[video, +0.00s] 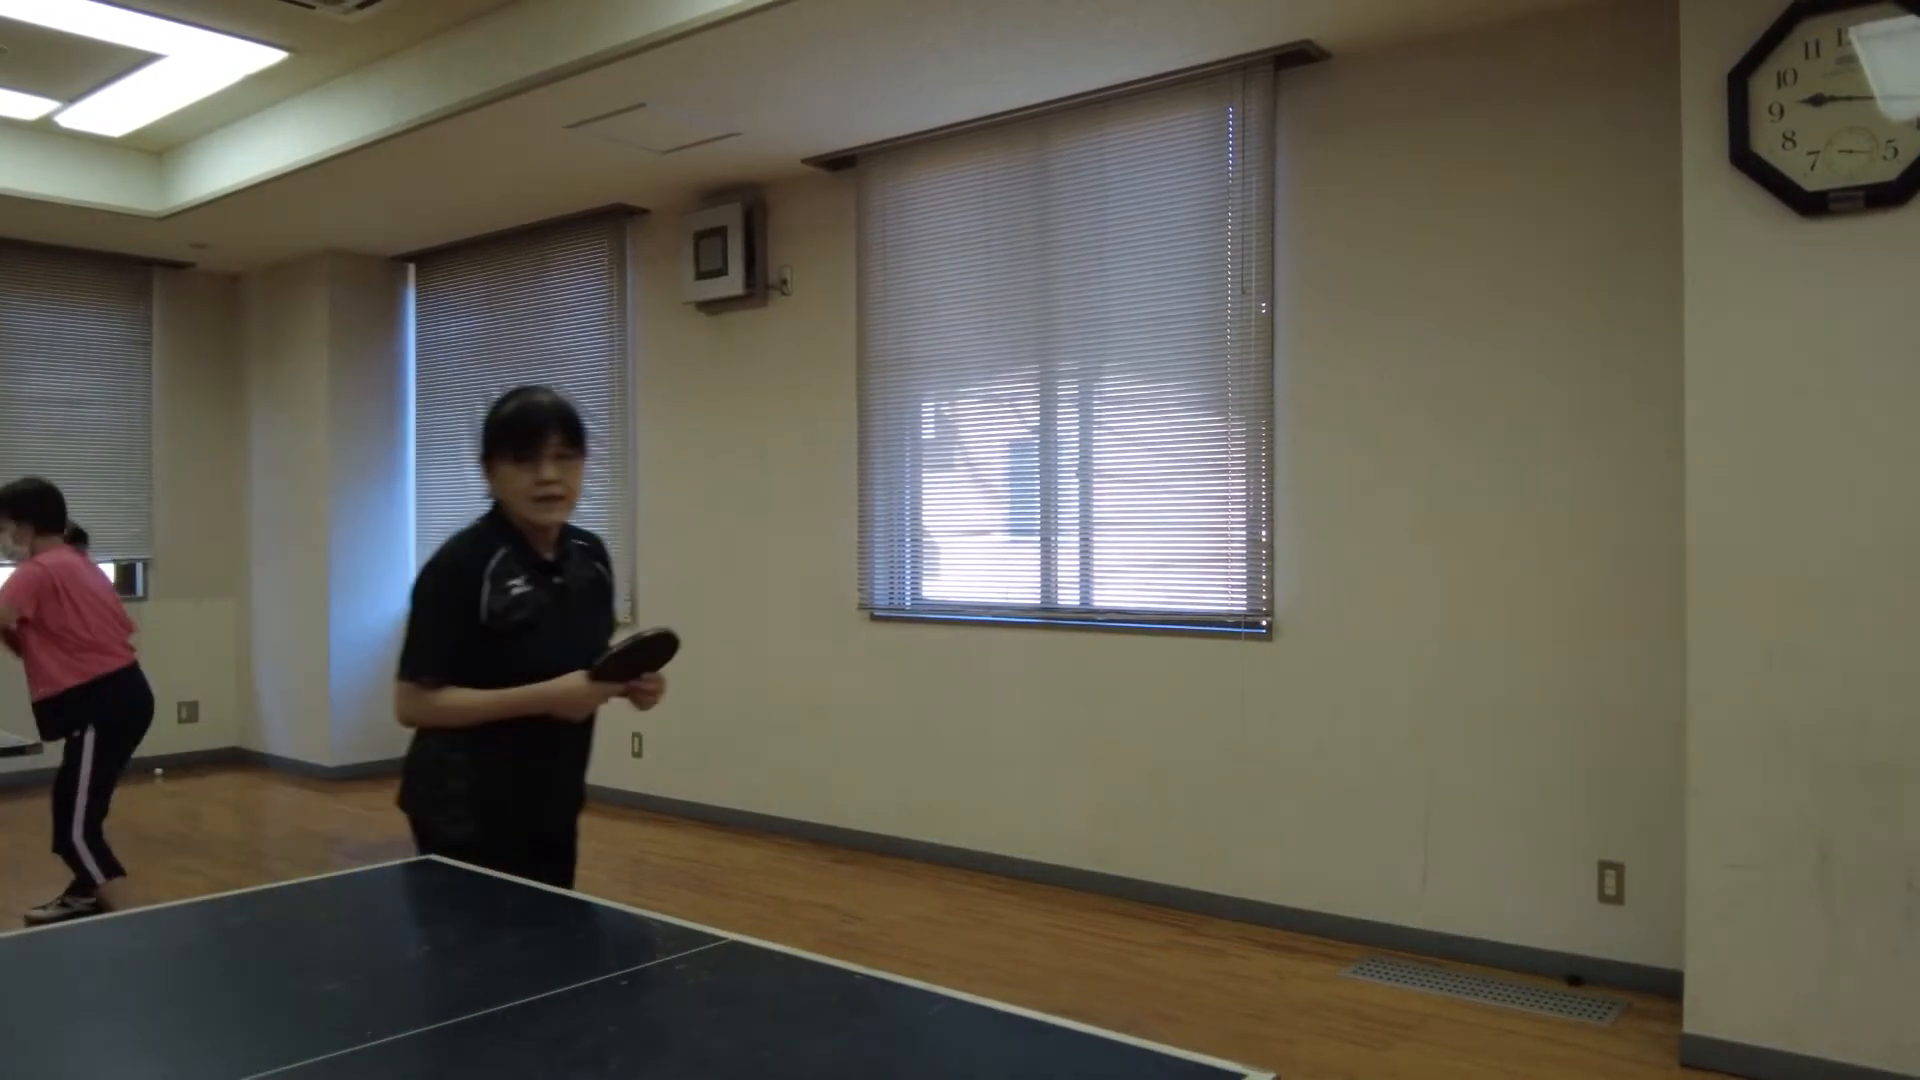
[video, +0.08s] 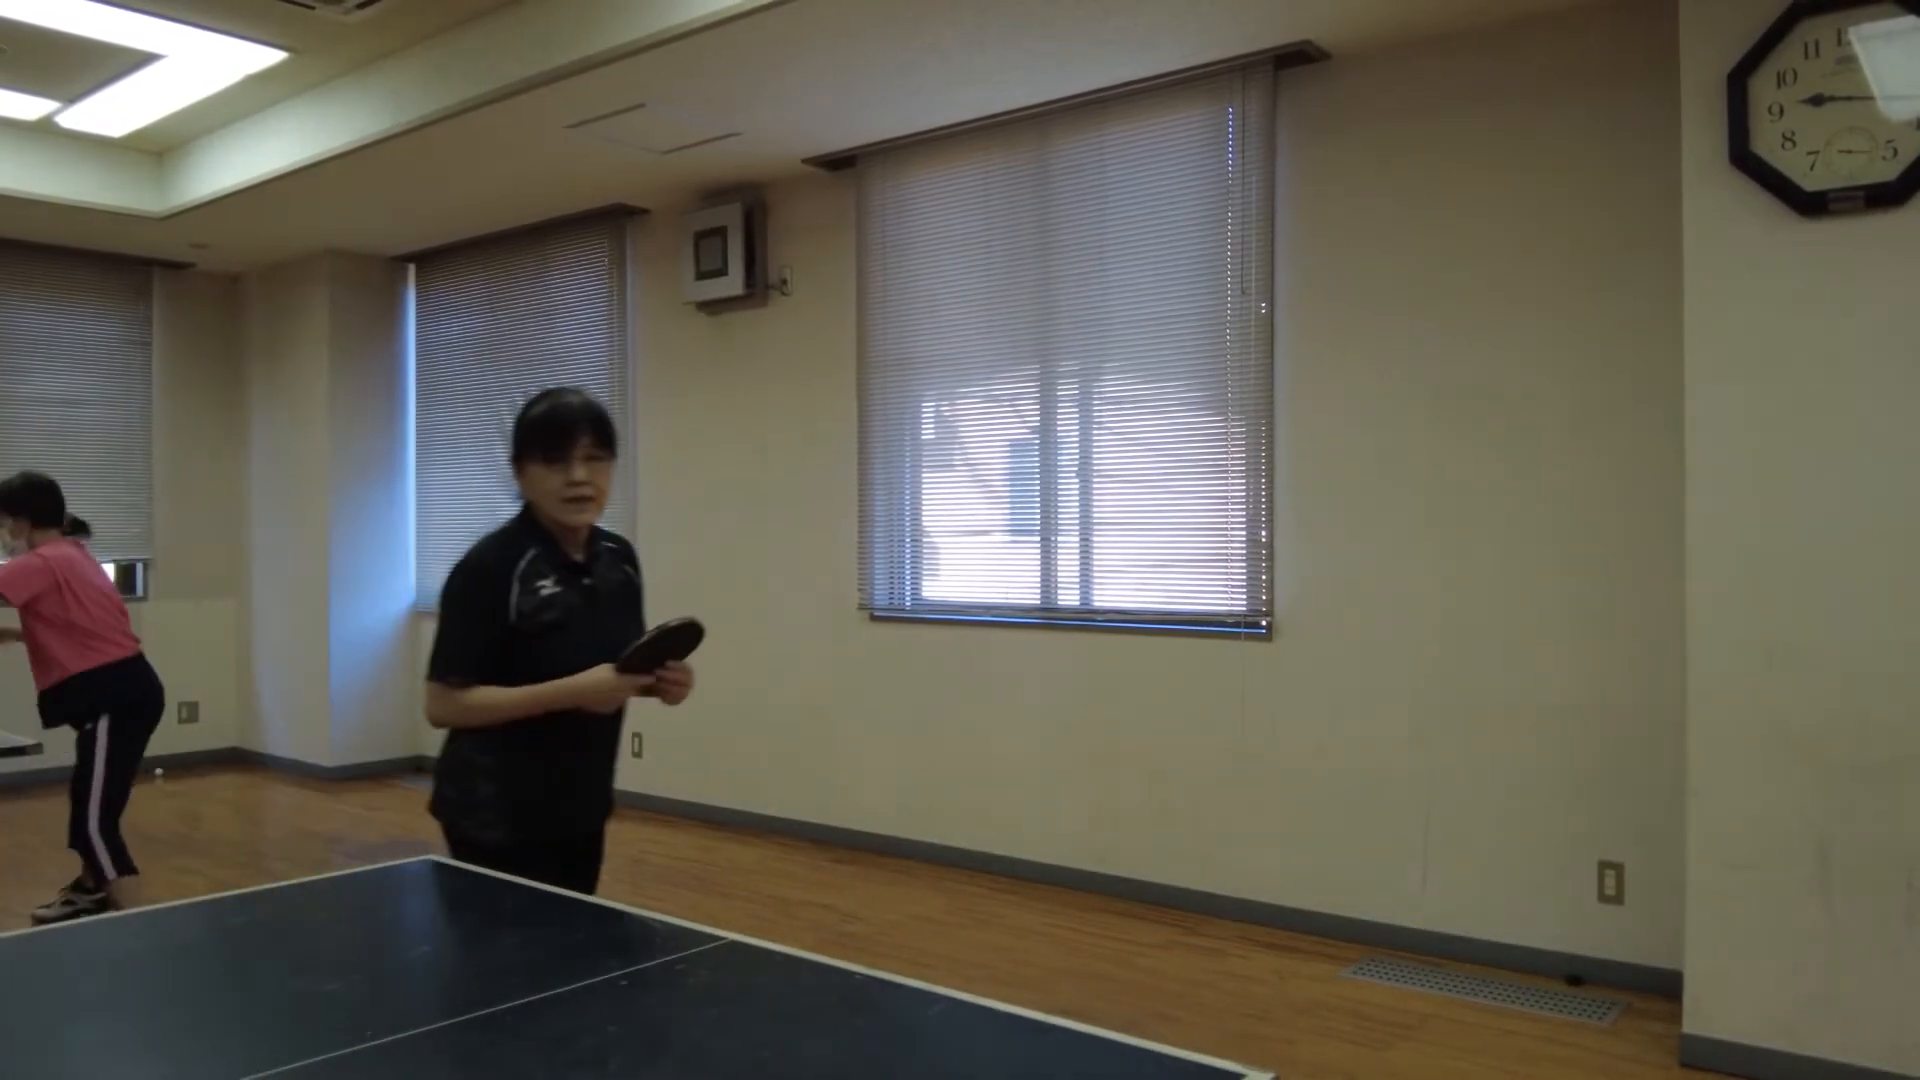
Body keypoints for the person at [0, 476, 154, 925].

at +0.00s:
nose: (6, 534)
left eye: (9, 524)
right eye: (5, 524)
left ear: (28, 524)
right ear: (55, 521)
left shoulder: (35, 571)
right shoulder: (81, 564)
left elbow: (4, 618)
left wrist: (28, 647)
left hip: (98, 699)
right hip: (125, 689)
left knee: (76, 812)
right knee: (73, 798)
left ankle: (105, 902)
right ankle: (85, 890)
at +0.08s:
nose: (5, 529)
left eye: (7, 519)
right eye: (6, 519)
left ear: (23, 519)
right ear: (53, 516)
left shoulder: (46, 561)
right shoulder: (73, 555)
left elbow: (3, 586)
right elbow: (63, 626)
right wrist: (12, 632)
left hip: (111, 693)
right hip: (123, 687)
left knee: (94, 809)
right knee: (90, 798)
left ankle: (117, 907)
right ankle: (92, 886)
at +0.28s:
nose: (7, 539)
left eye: (10, 528)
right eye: (6, 529)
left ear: (31, 526)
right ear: (40, 526)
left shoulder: (65, 565)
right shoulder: (31, 600)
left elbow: (11, 574)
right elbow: (3, 633)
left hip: (144, 698)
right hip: (115, 706)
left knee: (113, 813)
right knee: (82, 796)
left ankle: (142, 924)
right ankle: (103, 890)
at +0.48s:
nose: (14, 541)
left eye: (19, 529)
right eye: (12, 532)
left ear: (43, 529)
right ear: (33, 532)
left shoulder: (72, 579)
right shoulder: (50, 588)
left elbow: (28, 639)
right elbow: (25, 666)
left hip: (136, 707)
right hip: (102, 716)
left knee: (100, 810)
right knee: (69, 798)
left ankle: (112, 899)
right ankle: (98, 891)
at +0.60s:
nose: (15, 537)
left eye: (20, 526)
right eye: (13, 528)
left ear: (46, 527)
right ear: (36, 530)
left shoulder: (70, 577)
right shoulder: (52, 584)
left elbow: (16, 638)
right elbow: (17, 664)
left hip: (135, 705)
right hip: (104, 713)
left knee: (98, 814)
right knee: (71, 793)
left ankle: (129, 917)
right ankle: (95, 888)